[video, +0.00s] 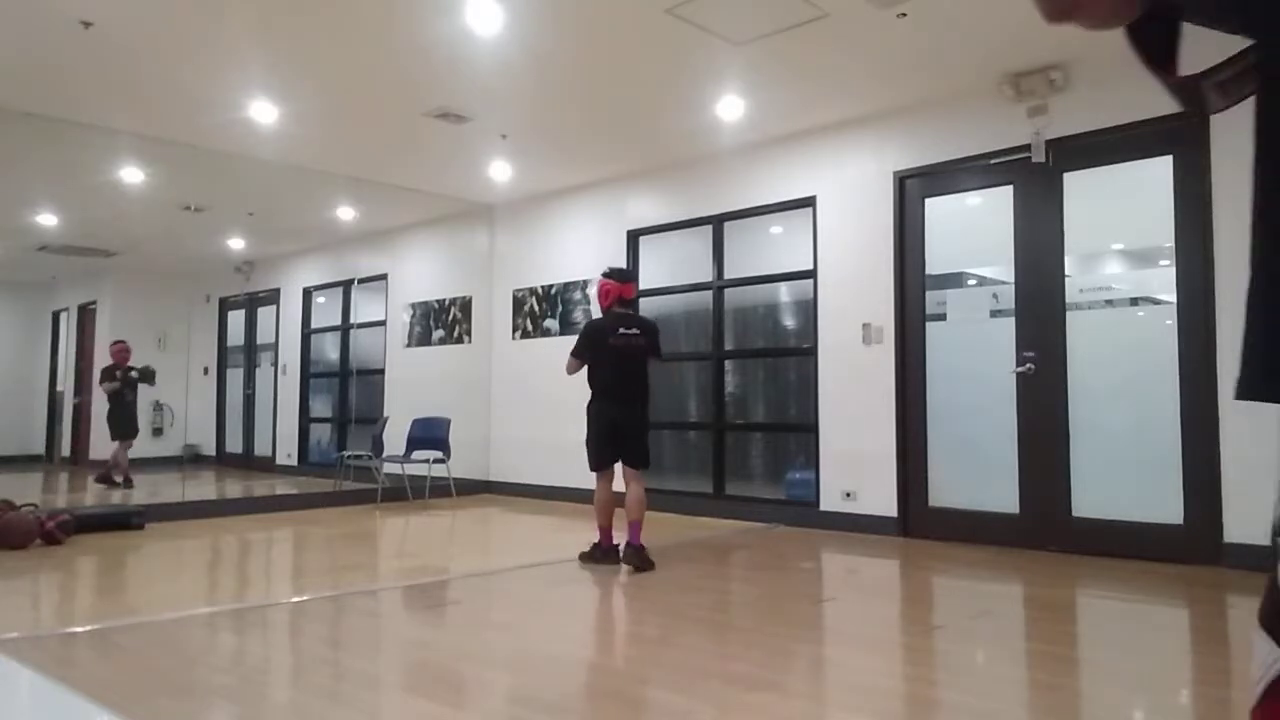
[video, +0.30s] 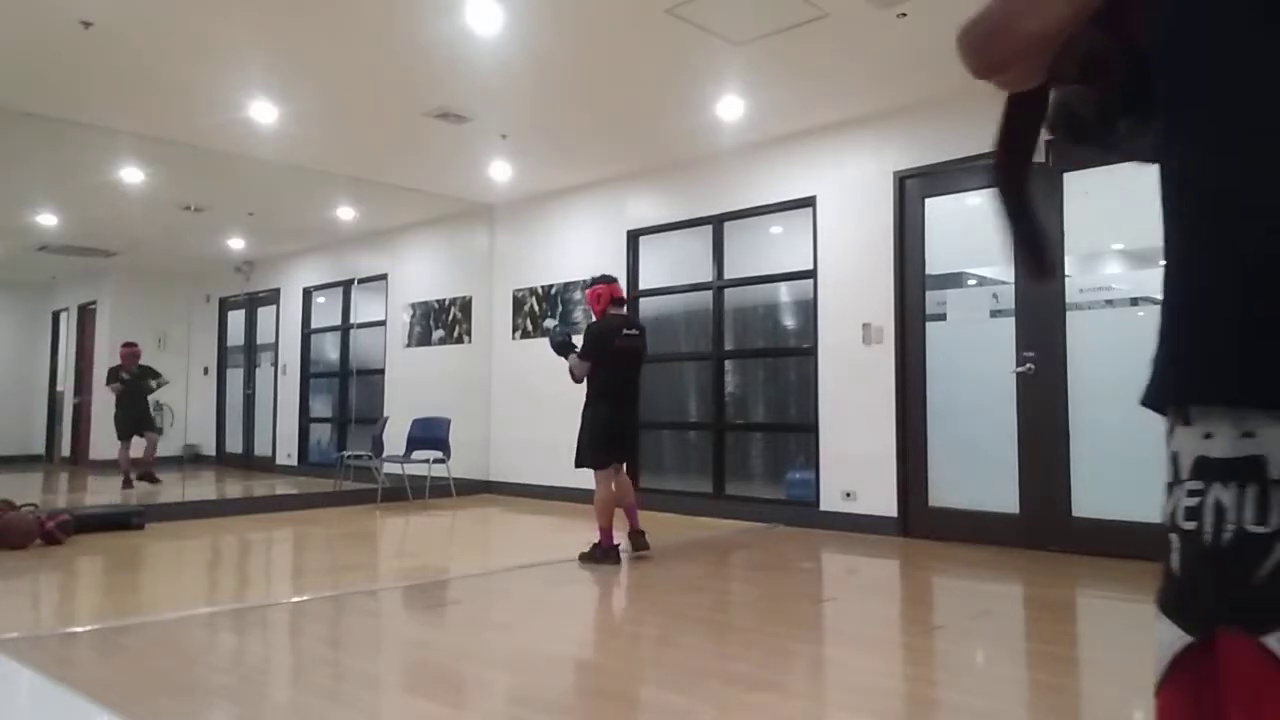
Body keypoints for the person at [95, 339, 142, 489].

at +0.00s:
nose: (124, 355)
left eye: (126, 351)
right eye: (120, 352)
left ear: (130, 353)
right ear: (112, 355)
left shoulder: (132, 371)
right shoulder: (108, 371)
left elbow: (148, 379)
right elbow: (106, 388)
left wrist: (147, 374)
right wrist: (123, 381)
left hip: (130, 411)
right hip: (117, 411)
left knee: (127, 443)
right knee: (124, 443)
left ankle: (106, 473)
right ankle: (126, 476)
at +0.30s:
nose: (135, 359)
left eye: (136, 356)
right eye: (132, 356)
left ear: (139, 356)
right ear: (123, 357)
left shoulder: (144, 370)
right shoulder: (115, 371)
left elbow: (163, 380)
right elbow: (114, 387)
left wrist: (153, 385)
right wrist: (124, 379)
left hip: (142, 411)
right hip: (124, 412)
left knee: (153, 438)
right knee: (125, 445)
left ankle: (146, 470)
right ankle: (126, 477)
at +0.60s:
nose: (136, 361)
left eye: (140, 357)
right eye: (134, 357)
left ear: (147, 356)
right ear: (132, 357)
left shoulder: (158, 369)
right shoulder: (128, 371)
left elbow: (174, 381)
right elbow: (121, 390)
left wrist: (158, 389)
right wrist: (128, 379)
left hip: (151, 413)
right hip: (132, 413)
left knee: (154, 444)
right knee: (130, 445)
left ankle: (160, 475)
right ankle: (127, 478)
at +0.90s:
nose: (143, 362)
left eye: (145, 359)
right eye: (142, 359)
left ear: (154, 357)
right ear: (143, 358)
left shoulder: (168, 369)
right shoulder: (144, 371)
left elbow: (175, 382)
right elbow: (140, 388)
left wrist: (158, 393)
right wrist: (130, 389)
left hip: (160, 412)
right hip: (143, 411)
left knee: (160, 444)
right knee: (135, 444)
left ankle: (161, 476)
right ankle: (129, 478)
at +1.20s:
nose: (145, 362)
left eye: (146, 358)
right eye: (143, 359)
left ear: (155, 355)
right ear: (149, 358)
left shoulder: (168, 369)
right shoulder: (151, 372)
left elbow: (168, 385)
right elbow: (149, 391)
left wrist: (149, 395)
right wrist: (135, 391)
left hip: (161, 411)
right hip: (146, 410)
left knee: (159, 442)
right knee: (135, 441)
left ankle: (161, 476)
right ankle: (134, 476)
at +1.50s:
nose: (139, 361)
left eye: (140, 357)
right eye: (137, 358)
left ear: (148, 355)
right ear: (142, 357)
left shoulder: (159, 369)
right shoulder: (145, 372)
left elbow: (157, 384)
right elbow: (137, 389)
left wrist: (139, 384)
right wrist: (121, 392)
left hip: (151, 413)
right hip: (137, 413)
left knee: (151, 444)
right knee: (136, 444)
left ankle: (159, 476)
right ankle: (137, 476)